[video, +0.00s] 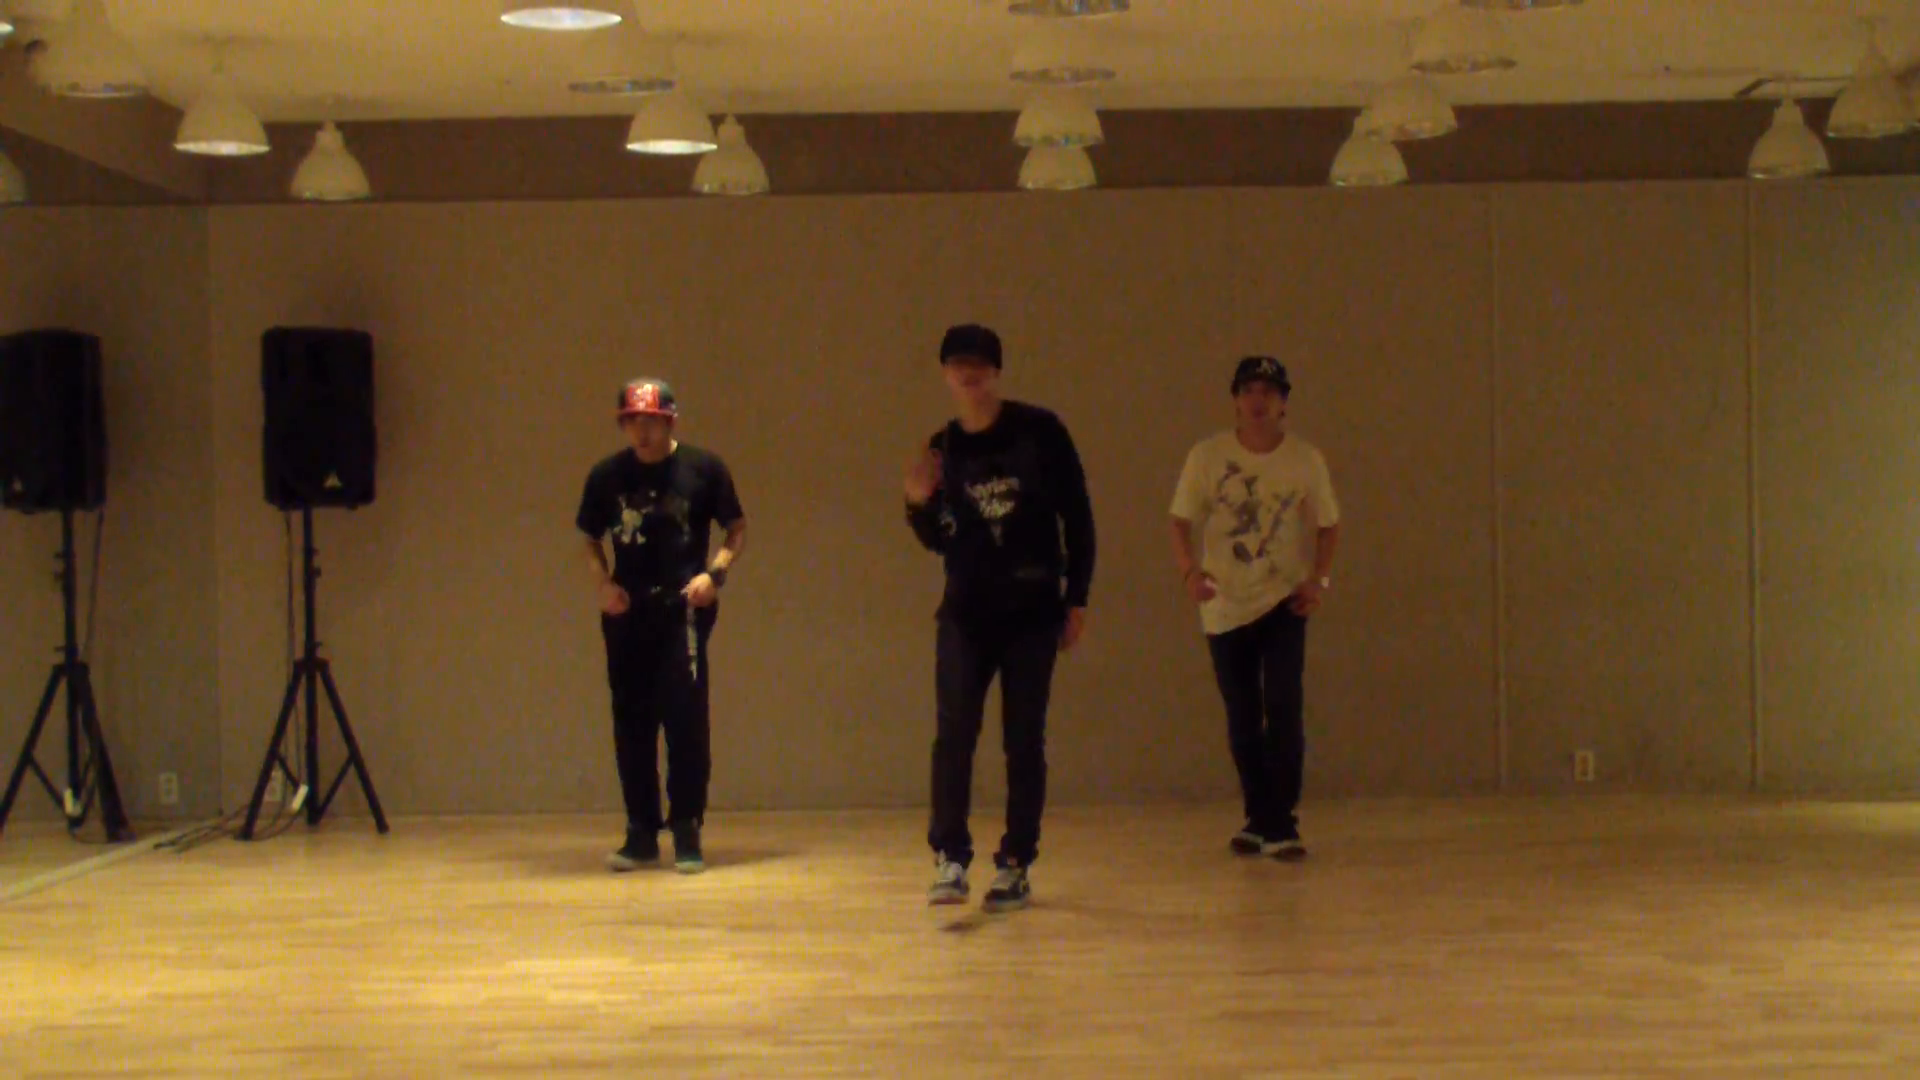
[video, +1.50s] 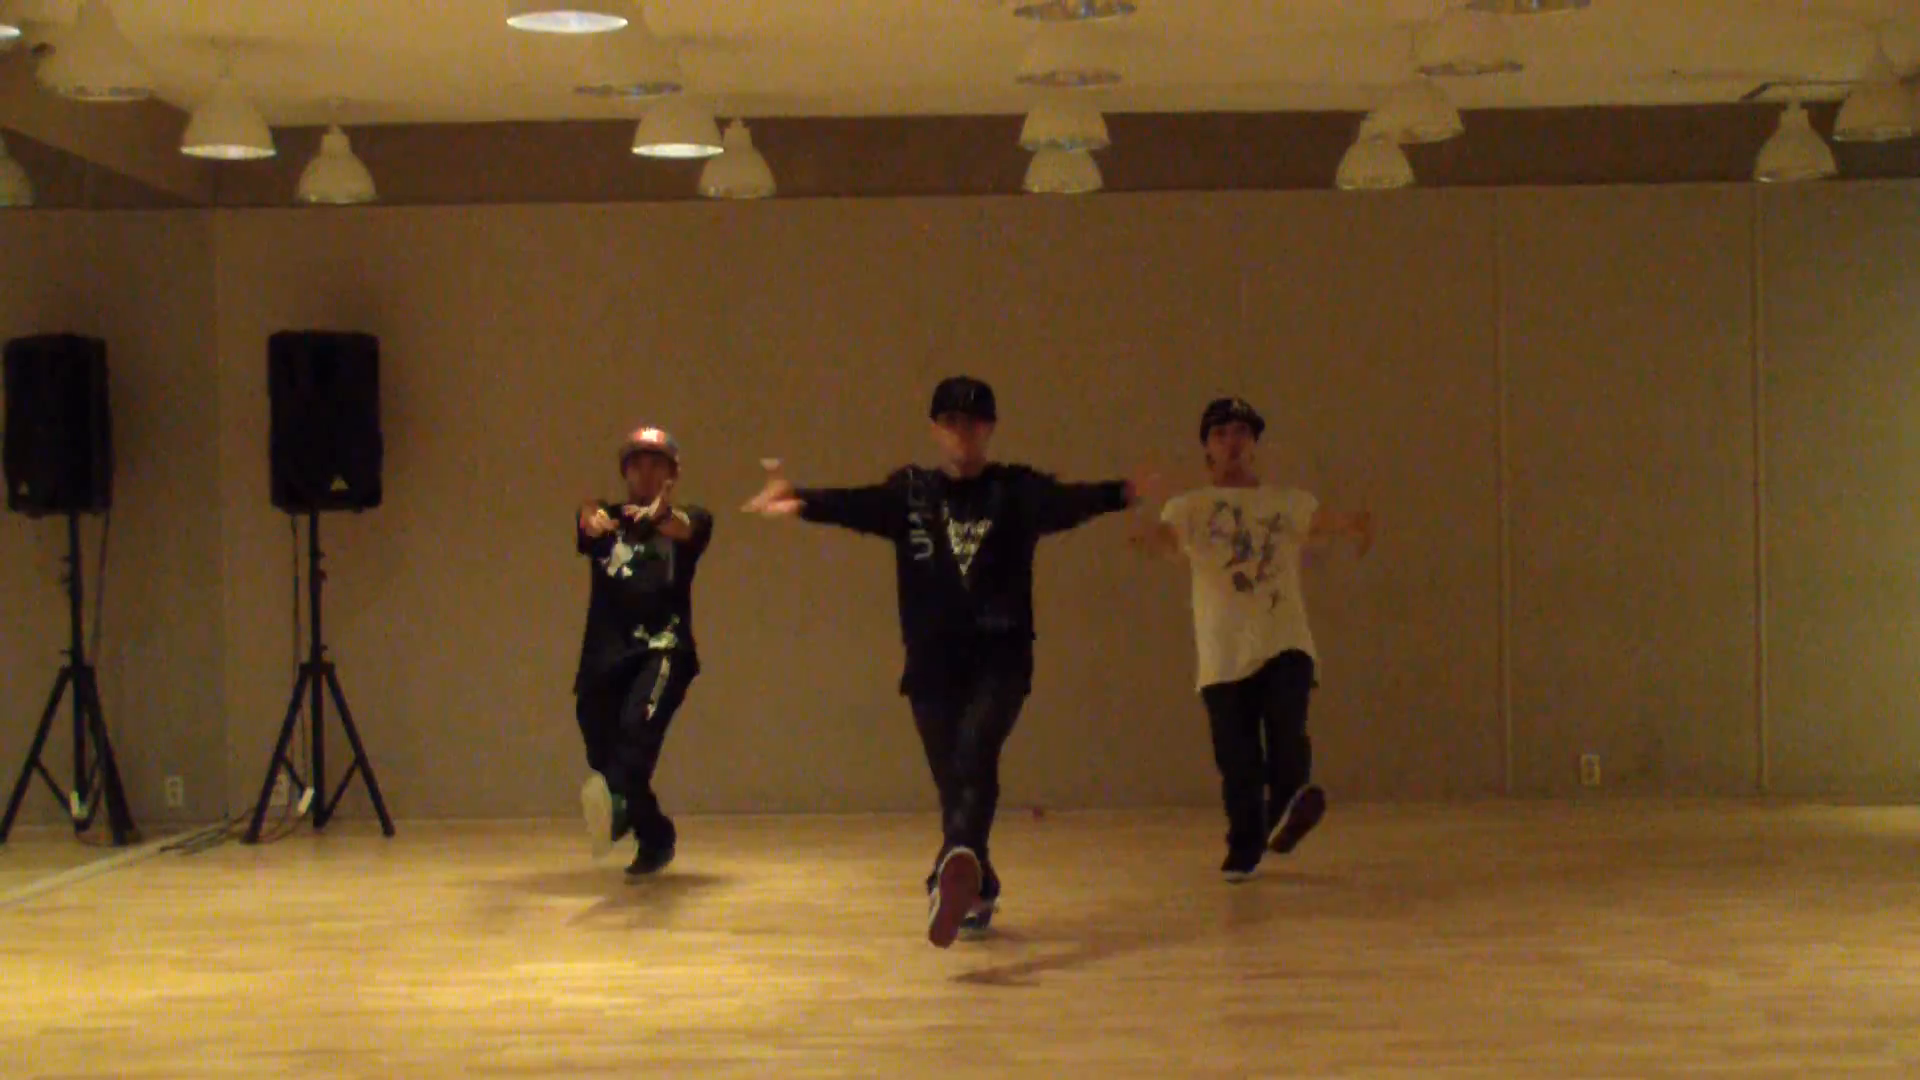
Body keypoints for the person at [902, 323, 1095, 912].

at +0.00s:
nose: (969, 376)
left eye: (979, 366)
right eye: (959, 367)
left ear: (998, 370)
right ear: (945, 374)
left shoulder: (1041, 430)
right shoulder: (943, 448)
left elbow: (1078, 517)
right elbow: (937, 540)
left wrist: (1076, 599)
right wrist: (919, 501)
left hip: (1033, 605)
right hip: (967, 606)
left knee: (1023, 738)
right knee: (954, 732)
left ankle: (1016, 860)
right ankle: (949, 857)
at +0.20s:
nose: (968, 374)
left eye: (980, 365)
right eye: (958, 363)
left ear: (996, 374)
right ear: (941, 369)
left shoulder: (1031, 431)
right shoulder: (926, 452)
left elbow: (1077, 513)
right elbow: (926, 532)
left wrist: (1076, 583)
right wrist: (920, 595)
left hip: (1023, 609)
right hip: (956, 614)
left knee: (1018, 738)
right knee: (954, 739)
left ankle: (1015, 861)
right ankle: (957, 869)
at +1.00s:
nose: (952, 391)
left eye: (963, 380)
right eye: (942, 381)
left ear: (983, 384)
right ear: (928, 386)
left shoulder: (1022, 453)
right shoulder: (911, 458)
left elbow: (1053, 535)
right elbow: (891, 533)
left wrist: (1049, 578)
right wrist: (886, 565)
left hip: (1006, 625)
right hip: (937, 628)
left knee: (998, 747)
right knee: (948, 760)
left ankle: (1009, 853)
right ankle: (967, 885)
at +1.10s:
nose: (953, 402)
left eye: (963, 391)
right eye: (942, 393)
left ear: (982, 395)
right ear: (926, 399)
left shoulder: (1019, 459)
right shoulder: (911, 464)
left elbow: (1054, 541)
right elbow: (897, 551)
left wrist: (1044, 516)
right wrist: (889, 516)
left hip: (1005, 616)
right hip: (939, 623)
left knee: (983, 691)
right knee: (952, 760)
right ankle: (969, 884)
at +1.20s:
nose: (956, 400)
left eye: (966, 388)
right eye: (944, 390)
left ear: (984, 394)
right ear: (928, 397)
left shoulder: (1019, 453)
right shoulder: (913, 463)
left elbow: (1060, 541)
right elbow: (889, 558)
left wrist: (1042, 498)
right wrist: (894, 501)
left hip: (1005, 617)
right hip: (939, 625)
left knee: (976, 677)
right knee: (950, 764)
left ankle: (1001, 755)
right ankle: (970, 887)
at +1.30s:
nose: (961, 416)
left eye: (970, 403)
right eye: (949, 404)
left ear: (987, 404)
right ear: (931, 406)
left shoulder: (1014, 461)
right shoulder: (918, 470)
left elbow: (1045, 512)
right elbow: (895, 519)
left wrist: (1049, 491)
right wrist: (881, 489)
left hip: (1002, 627)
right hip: (937, 630)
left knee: (980, 730)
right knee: (951, 751)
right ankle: (966, 874)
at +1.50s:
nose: (965, 439)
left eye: (975, 427)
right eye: (954, 427)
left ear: (992, 430)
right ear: (935, 429)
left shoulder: (1016, 490)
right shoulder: (909, 495)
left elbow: (1068, 502)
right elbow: (854, 504)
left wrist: (1122, 493)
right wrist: (799, 501)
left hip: (1000, 658)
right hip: (933, 661)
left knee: (973, 755)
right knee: (952, 777)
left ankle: (952, 878)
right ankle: (977, 892)